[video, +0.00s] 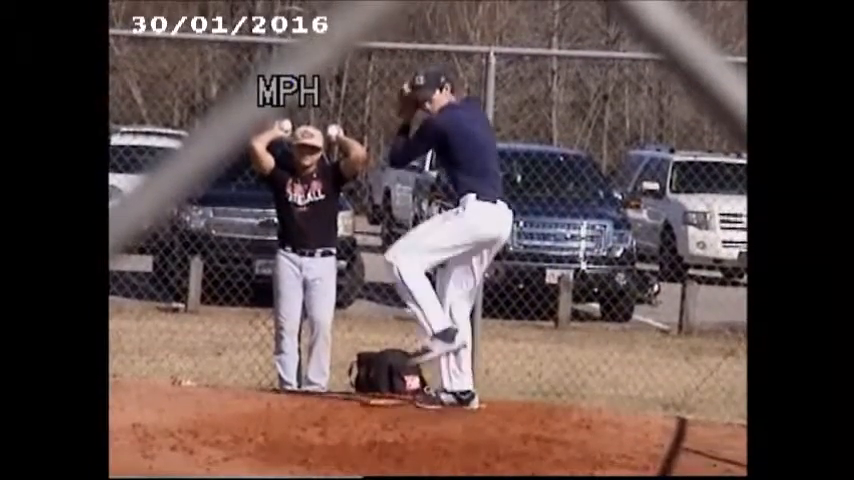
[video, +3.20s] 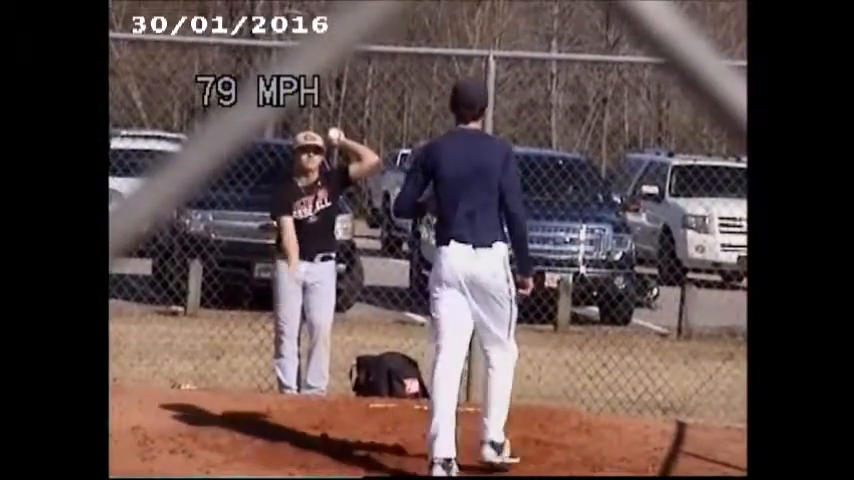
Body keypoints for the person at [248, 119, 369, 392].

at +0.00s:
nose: (307, 157)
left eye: (313, 151)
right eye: (302, 150)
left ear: (322, 152)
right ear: (292, 150)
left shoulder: (333, 174)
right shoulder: (281, 176)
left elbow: (360, 156)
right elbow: (256, 146)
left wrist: (341, 138)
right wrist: (277, 131)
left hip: (323, 258)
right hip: (288, 257)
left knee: (321, 321)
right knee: (286, 323)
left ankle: (317, 382)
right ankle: (287, 382)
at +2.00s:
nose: (307, 158)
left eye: (313, 153)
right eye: (302, 152)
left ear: (321, 153)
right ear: (292, 153)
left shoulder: (333, 177)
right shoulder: (281, 178)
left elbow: (361, 158)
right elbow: (256, 149)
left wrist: (341, 141)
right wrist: (275, 133)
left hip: (322, 261)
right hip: (288, 259)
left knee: (321, 324)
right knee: (285, 325)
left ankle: (315, 385)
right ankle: (286, 385)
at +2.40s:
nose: (307, 158)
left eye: (313, 152)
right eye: (301, 152)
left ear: (322, 154)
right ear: (292, 153)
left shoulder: (333, 177)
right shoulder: (281, 178)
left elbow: (362, 158)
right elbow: (250, 167)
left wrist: (341, 141)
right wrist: (275, 144)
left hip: (322, 261)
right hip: (288, 259)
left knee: (320, 324)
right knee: (285, 326)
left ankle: (315, 387)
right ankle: (286, 387)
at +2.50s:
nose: (309, 157)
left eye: (315, 151)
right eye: (303, 151)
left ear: (323, 153)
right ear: (293, 151)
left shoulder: (333, 176)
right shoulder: (281, 176)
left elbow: (364, 157)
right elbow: (254, 201)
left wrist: (341, 140)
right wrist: (269, 167)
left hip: (322, 260)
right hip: (287, 258)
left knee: (320, 322)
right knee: (285, 325)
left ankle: (315, 384)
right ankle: (286, 385)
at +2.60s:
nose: (310, 157)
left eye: (316, 152)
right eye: (305, 152)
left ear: (324, 155)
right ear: (295, 153)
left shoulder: (333, 178)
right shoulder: (280, 180)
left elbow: (365, 159)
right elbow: (261, 228)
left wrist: (341, 142)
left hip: (322, 262)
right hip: (287, 261)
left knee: (320, 324)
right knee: (285, 326)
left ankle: (315, 386)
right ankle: (287, 386)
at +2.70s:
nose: (309, 154)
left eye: (315, 150)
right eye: (304, 149)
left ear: (324, 153)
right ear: (295, 152)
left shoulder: (334, 176)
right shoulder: (282, 183)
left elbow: (367, 157)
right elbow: (272, 225)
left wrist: (342, 140)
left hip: (322, 261)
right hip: (288, 259)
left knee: (321, 324)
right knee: (286, 325)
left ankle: (316, 385)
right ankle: (287, 385)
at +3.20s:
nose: (310, 156)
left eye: (315, 152)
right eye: (305, 152)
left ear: (323, 156)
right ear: (295, 156)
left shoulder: (333, 179)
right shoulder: (286, 190)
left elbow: (373, 161)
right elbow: (287, 230)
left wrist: (343, 142)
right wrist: (293, 262)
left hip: (324, 263)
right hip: (291, 261)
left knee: (321, 327)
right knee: (287, 328)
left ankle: (316, 389)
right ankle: (287, 388)